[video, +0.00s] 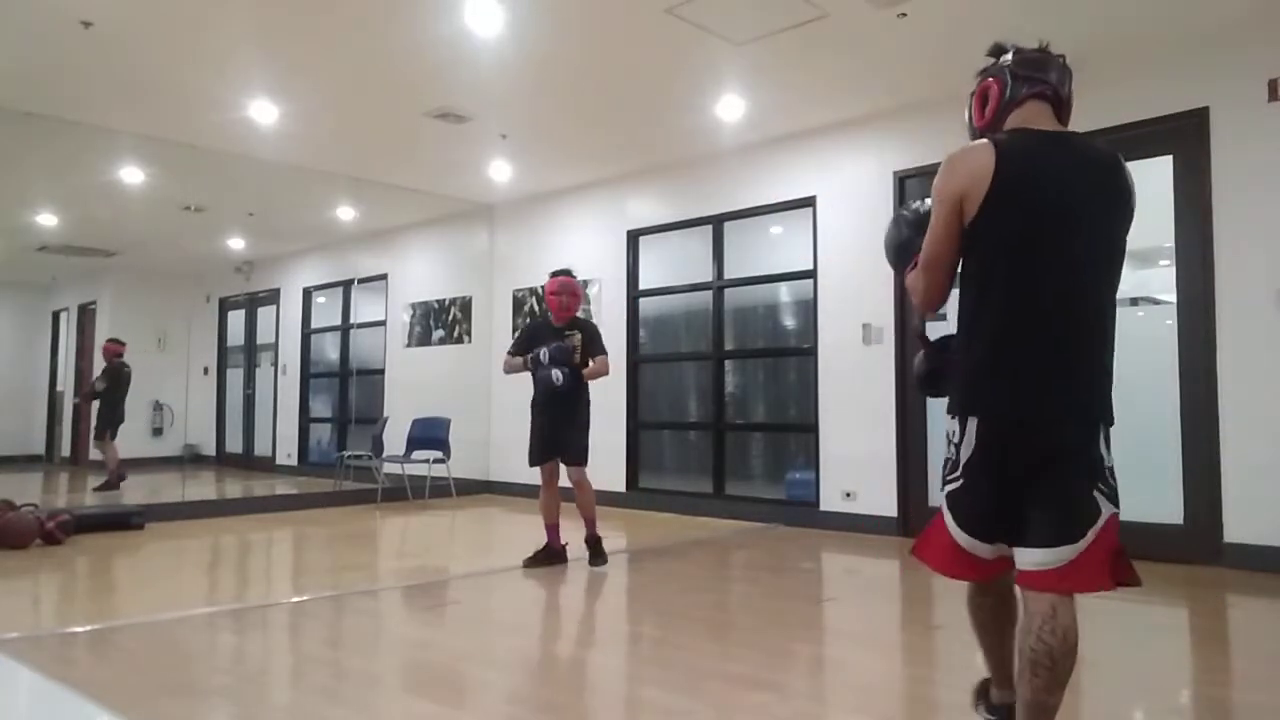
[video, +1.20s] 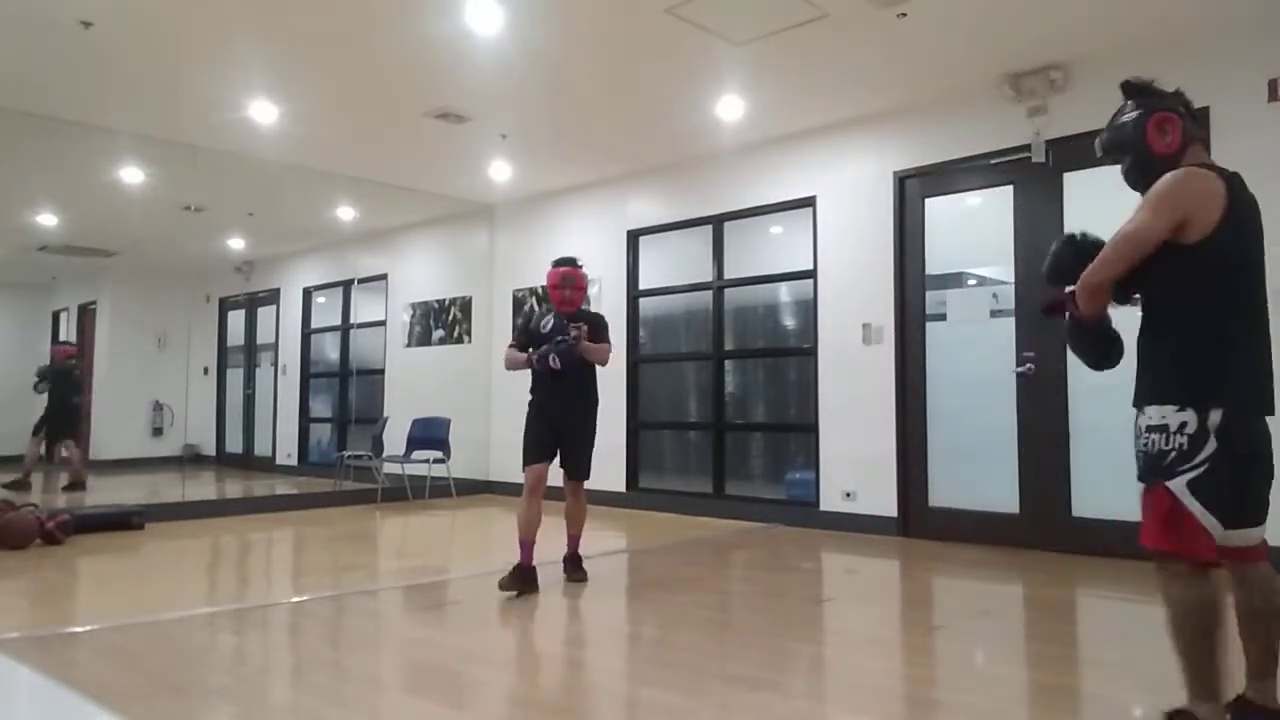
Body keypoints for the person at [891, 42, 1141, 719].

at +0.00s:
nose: (972, 112)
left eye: (973, 103)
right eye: (972, 105)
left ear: (990, 96)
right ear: (1063, 105)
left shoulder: (970, 164)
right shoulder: (1112, 171)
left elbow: (927, 295)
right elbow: (1086, 284)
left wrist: (911, 256)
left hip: (992, 398)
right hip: (1079, 397)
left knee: (987, 566)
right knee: (1051, 583)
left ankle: (1005, 691)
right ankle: (1036, 715)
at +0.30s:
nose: (975, 143)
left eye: (976, 132)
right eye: (973, 134)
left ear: (991, 126)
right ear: (1055, 126)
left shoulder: (978, 196)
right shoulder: (1115, 182)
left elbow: (933, 317)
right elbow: (1120, 289)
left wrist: (913, 280)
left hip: (1015, 408)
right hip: (1100, 404)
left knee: (1020, 570)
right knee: (1081, 568)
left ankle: (1044, 704)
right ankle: (1041, 697)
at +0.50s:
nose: (987, 149)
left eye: (988, 138)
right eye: (987, 140)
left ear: (1004, 134)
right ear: (1063, 133)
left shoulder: (990, 210)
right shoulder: (1121, 184)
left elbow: (934, 316)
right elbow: (1168, 285)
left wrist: (940, 282)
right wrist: (1094, 285)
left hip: (1032, 412)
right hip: (1117, 408)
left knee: (1030, 563)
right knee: (1137, 556)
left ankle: (1044, 706)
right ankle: (1128, 682)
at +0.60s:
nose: (1000, 146)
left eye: (1002, 135)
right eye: (1001, 136)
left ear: (1018, 132)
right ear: (1075, 132)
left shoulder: (1003, 207)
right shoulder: (1131, 183)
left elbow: (957, 315)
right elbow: (1174, 284)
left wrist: (969, 279)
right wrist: (1103, 279)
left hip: (1043, 408)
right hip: (1128, 402)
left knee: (1035, 558)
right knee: (1158, 551)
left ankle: (1043, 702)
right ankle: (1194, 690)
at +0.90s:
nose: (1075, 165)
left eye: (1076, 153)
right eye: (1075, 156)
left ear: (1095, 141)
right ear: (1144, 141)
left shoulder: (1091, 202)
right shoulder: (1203, 203)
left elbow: (1039, 313)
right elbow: (1169, 302)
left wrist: (1026, 352)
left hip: (1110, 411)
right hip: (1190, 411)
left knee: (1061, 550)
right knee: (1213, 560)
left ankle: (1047, 699)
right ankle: (1256, 697)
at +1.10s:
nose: (1114, 174)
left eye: (1114, 158)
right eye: (1109, 163)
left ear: (1145, 134)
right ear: (1169, 135)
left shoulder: (1157, 189)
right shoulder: (1224, 194)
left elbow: (1086, 294)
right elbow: (1177, 280)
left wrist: (1077, 340)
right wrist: (1106, 245)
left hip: (1172, 400)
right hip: (1236, 399)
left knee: (1127, 543)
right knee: (1242, 552)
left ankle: (1128, 697)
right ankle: (1261, 697)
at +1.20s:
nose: (1127, 167)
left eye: (1128, 150)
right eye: (1121, 155)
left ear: (1161, 133)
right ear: (1187, 134)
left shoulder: (1181, 188)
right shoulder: (1230, 190)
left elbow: (1094, 281)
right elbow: (1184, 277)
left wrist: (1089, 319)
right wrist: (1114, 275)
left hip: (1185, 404)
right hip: (1241, 402)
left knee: (1178, 555)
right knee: (1247, 552)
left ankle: (1205, 705)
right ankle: (1264, 697)